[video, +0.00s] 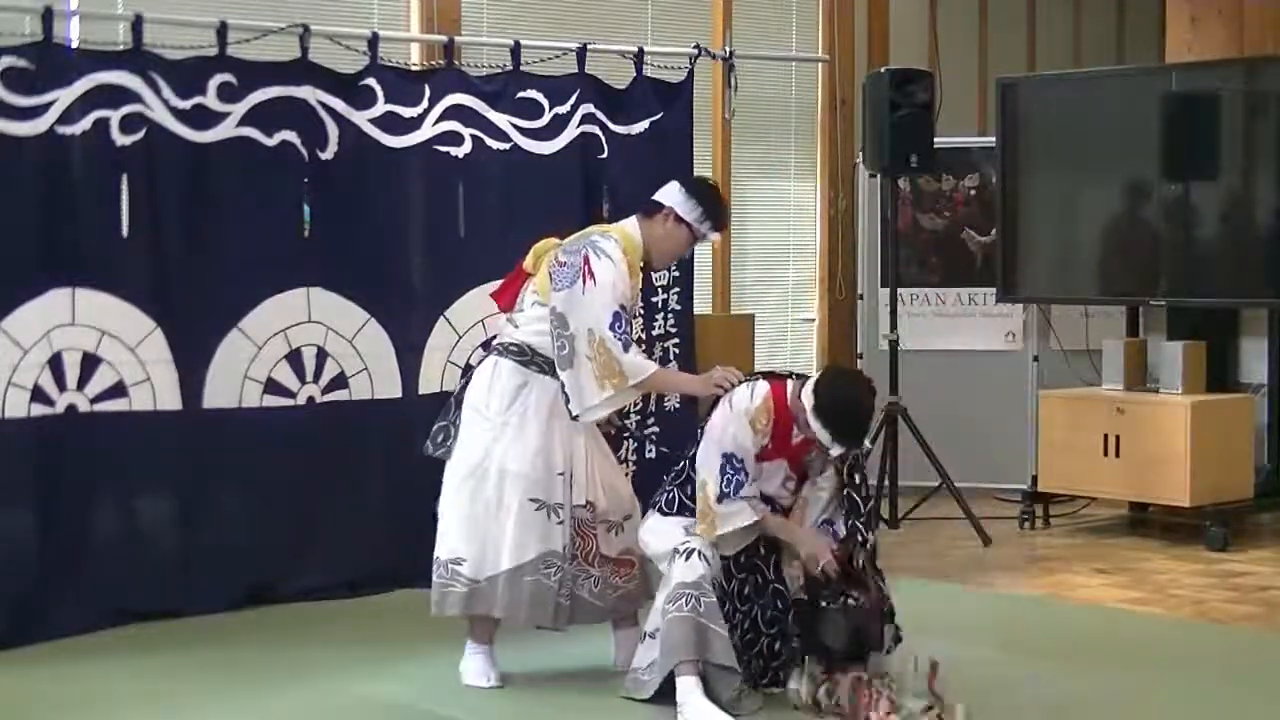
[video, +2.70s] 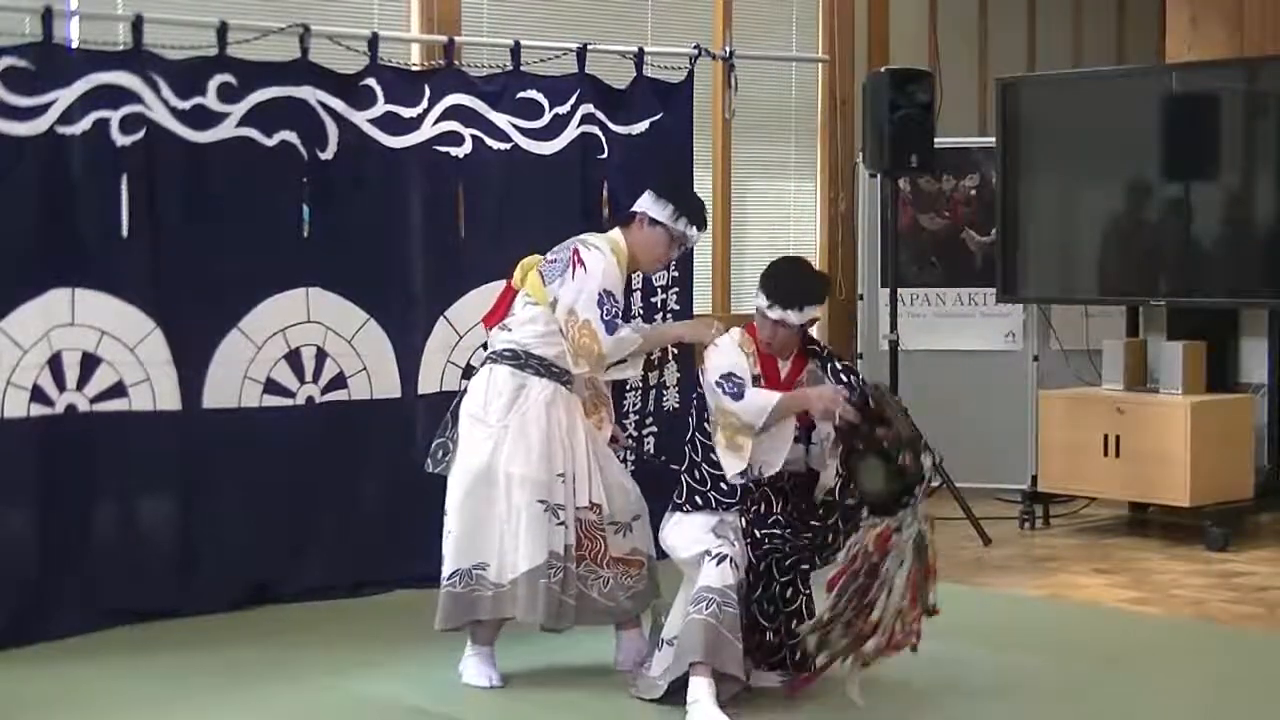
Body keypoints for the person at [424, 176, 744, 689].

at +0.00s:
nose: (688, 254)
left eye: (695, 244)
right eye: (691, 240)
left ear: (666, 220)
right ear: (667, 219)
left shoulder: (618, 262)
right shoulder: (598, 258)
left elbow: (600, 358)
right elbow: (613, 359)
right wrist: (695, 384)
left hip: (558, 399)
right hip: (513, 391)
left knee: (615, 508)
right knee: (498, 513)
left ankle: (630, 648)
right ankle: (479, 649)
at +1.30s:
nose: (651, 285)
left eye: (656, 277)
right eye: (652, 273)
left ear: (621, 252)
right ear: (631, 253)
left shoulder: (566, 276)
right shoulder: (592, 283)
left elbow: (546, 377)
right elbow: (651, 363)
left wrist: (586, 436)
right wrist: (703, 400)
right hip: (499, 403)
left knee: (604, 510)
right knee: (488, 525)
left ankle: (628, 642)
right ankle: (479, 650)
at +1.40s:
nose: (646, 290)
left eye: (651, 283)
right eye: (648, 277)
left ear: (621, 255)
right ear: (629, 256)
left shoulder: (559, 273)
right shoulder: (593, 283)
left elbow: (547, 380)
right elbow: (643, 341)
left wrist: (579, 433)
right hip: (501, 406)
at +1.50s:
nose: (644, 290)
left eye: (649, 282)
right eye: (646, 276)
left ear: (619, 255)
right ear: (627, 255)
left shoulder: (559, 274)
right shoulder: (594, 280)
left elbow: (543, 384)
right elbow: (656, 349)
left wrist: (581, 443)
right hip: (492, 403)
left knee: (593, 512)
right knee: (487, 526)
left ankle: (627, 643)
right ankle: (478, 653)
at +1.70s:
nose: (640, 280)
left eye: (646, 271)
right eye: (643, 266)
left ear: (613, 243)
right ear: (622, 245)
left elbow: (542, 370)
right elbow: (634, 353)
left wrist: (577, 432)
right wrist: (654, 408)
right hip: (498, 399)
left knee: (594, 510)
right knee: (488, 522)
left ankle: (627, 642)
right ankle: (478, 652)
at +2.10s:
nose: (661, 254)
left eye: (667, 244)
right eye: (661, 238)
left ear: (629, 221)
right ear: (630, 217)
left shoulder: (592, 263)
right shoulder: (580, 258)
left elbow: (564, 354)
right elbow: (590, 346)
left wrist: (591, 415)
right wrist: (668, 345)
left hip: (544, 400)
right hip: (503, 394)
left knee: (613, 504)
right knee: (498, 517)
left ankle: (631, 643)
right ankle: (478, 650)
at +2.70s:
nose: (672, 258)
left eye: (679, 249)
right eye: (673, 244)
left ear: (643, 227)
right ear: (644, 223)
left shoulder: (604, 263)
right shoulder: (595, 261)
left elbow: (587, 357)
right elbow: (595, 347)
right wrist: (678, 331)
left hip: (557, 405)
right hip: (515, 398)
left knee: (621, 506)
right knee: (500, 519)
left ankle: (633, 647)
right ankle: (479, 651)